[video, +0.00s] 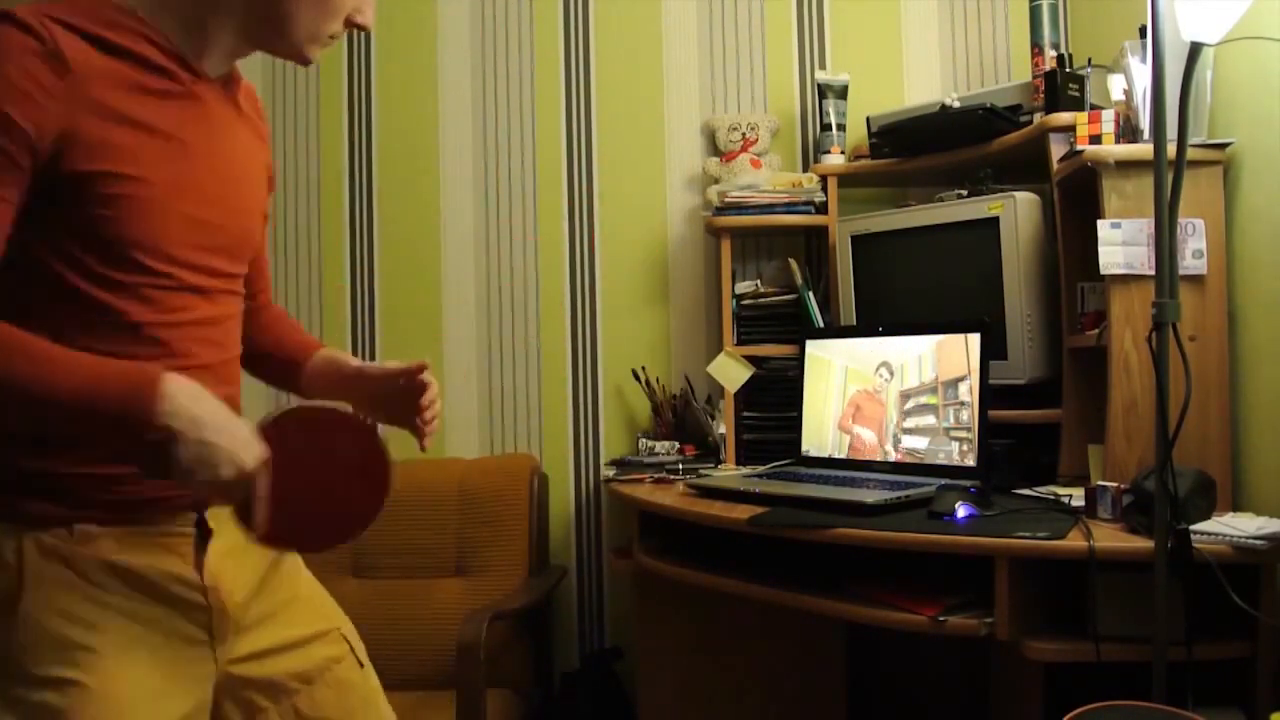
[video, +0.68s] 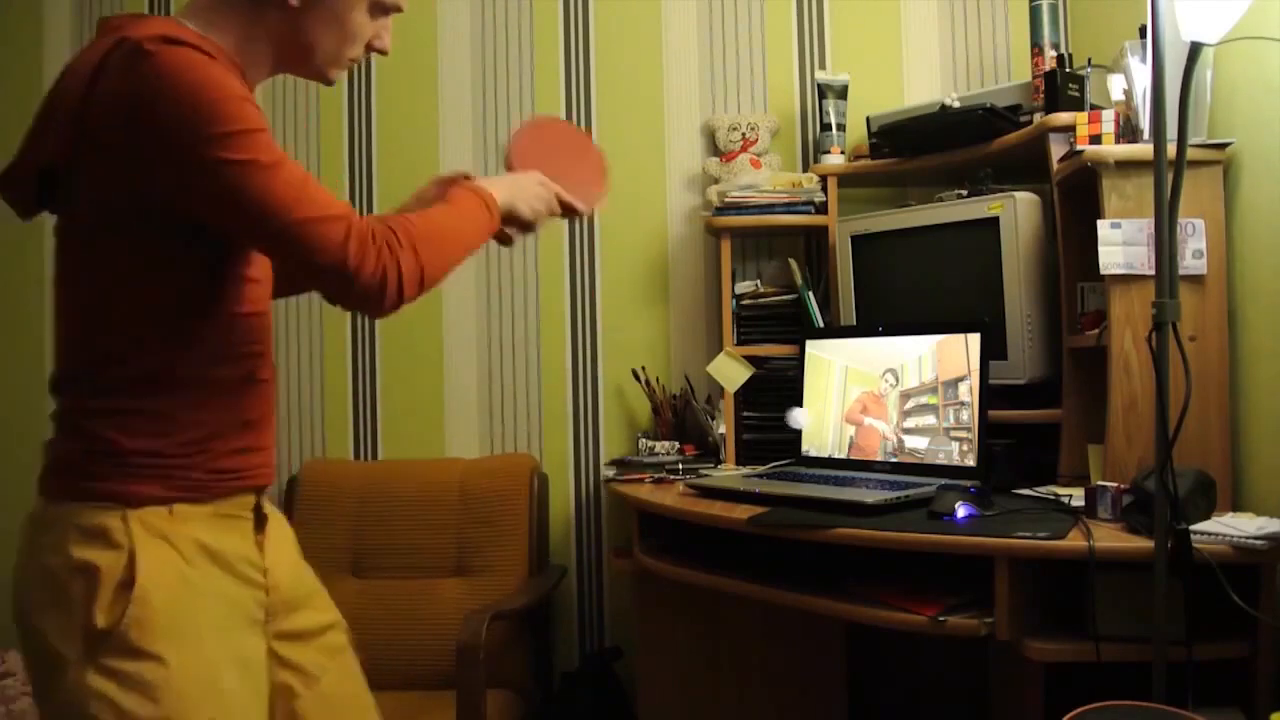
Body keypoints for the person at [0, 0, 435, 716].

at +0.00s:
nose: (366, 16)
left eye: (370, 1)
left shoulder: (243, 108)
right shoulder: (37, 53)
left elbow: (245, 308)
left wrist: (352, 381)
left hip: (245, 554)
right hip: (77, 564)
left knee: (360, 708)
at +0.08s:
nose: (364, 9)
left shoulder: (251, 100)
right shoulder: (32, 47)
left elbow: (269, 291)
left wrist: (369, 369)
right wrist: (99, 391)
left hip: (251, 545)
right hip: (78, 550)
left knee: (363, 706)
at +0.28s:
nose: (387, 15)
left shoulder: (294, 102)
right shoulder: (55, 62)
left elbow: (342, 254)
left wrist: (417, 338)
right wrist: (19, 388)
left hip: (277, 528)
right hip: (114, 541)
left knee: (378, 707)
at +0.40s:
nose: (411, 38)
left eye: (417, 12)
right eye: (405, 6)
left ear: (323, 2)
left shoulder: (293, 111)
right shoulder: (131, 102)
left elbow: (340, 264)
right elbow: (94, 359)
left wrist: (442, 318)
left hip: (290, 523)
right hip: (158, 537)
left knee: (397, 711)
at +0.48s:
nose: (415, 45)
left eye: (421, 23)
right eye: (408, 16)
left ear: (323, 3)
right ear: (324, 0)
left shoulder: (270, 106)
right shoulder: (163, 104)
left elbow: (326, 270)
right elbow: (207, 367)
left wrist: (443, 298)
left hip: (288, 519)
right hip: (180, 532)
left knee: (390, 709)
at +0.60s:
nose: (397, 43)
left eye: (407, 22)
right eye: (394, 14)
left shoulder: (220, 86)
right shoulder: (176, 88)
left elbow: (326, 262)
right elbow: (360, 297)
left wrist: (442, 238)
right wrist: (514, 240)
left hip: (258, 525)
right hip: (159, 541)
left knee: (365, 713)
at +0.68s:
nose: (383, 41)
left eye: (391, 18)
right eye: (379, 9)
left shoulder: (195, 76)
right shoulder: (164, 76)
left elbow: (263, 269)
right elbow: (374, 271)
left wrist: (426, 216)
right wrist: (493, 198)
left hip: (238, 531)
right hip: (139, 547)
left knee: (340, 708)